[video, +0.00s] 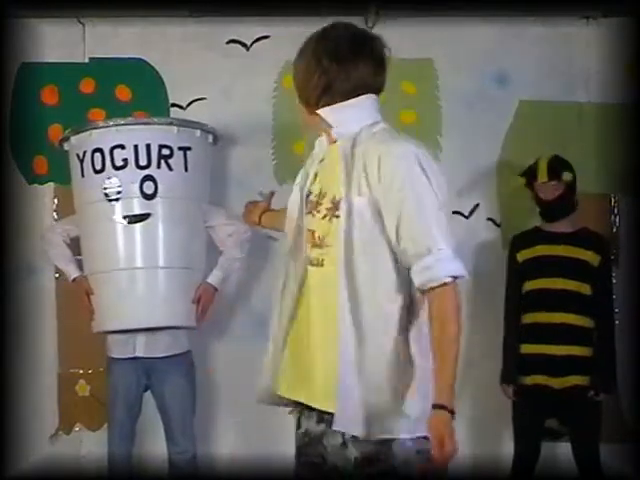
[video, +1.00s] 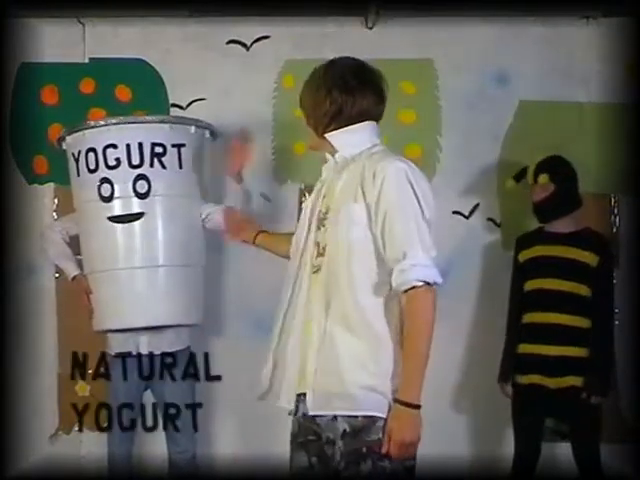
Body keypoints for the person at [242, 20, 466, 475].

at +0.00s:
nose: (297, 97)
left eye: (299, 84)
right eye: (298, 84)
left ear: (315, 86)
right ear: (369, 84)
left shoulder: (395, 157)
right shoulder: (323, 155)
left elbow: (443, 285)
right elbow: (308, 217)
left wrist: (442, 407)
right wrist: (262, 216)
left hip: (380, 417)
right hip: (316, 407)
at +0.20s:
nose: (298, 106)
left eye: (301, 93)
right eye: (299, 94)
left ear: (317, 96)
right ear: (366, 95)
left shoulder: (380, 166)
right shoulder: (330, 169)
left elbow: (421, 285)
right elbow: (324, 237)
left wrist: (422, 410)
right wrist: (269, 221)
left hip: (367, 413)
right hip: (322, 407)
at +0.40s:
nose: (304, 112)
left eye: (307, 100)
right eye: (305, 101)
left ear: (320, 103)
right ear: (369, 100)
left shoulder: (384, 168)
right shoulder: (331, 174)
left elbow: (418, 284)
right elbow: (320, 238)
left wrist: (409, 403)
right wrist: (265, 225)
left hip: (366, 410)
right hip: (320, 403)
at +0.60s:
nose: (306, 116)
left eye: (310, 104)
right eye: (307, 105)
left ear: (326, 106)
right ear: (368, 105)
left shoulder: (389, 171)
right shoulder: (333, 178)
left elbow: (415, 287)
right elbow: (321, 247)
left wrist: (404, 401)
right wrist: (263, 231)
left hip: (367, 414)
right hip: (313, 409)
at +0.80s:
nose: (306, 118)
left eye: (310, 105)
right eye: (307, 106)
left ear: (324, 108)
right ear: (369, 107)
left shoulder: (390, 173)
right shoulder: (332, 178)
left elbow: (418, 289)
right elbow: (317, 247)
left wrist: (406, 402)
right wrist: (257, 231)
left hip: (367, 412)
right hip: (310, 407)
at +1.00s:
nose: (304, 118)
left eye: (308, 107)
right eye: (305, 107)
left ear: (325, 110)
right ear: (364, 108)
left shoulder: (390, 174)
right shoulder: (331, 179)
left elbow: (419, 289)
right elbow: (314, 250)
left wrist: (407, 404)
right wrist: (253, 235)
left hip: (366, 412)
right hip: (310, 407)